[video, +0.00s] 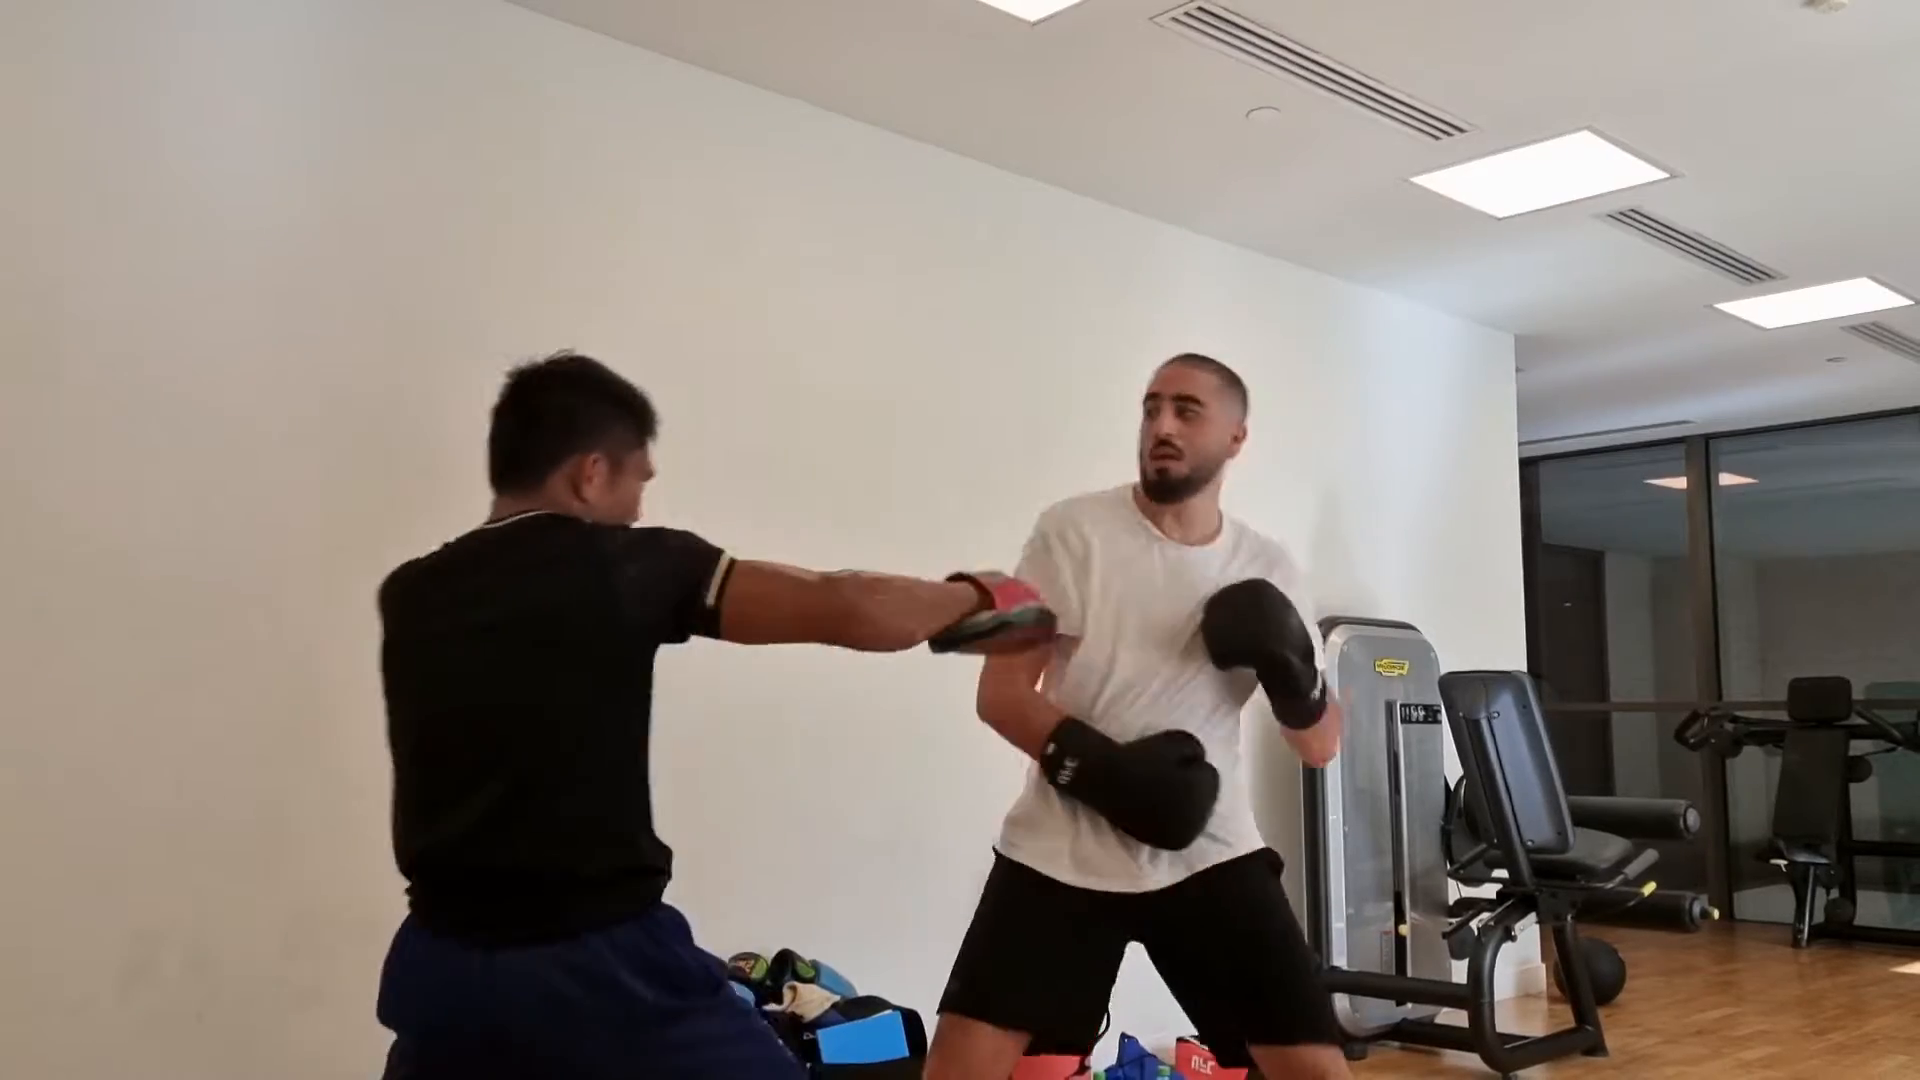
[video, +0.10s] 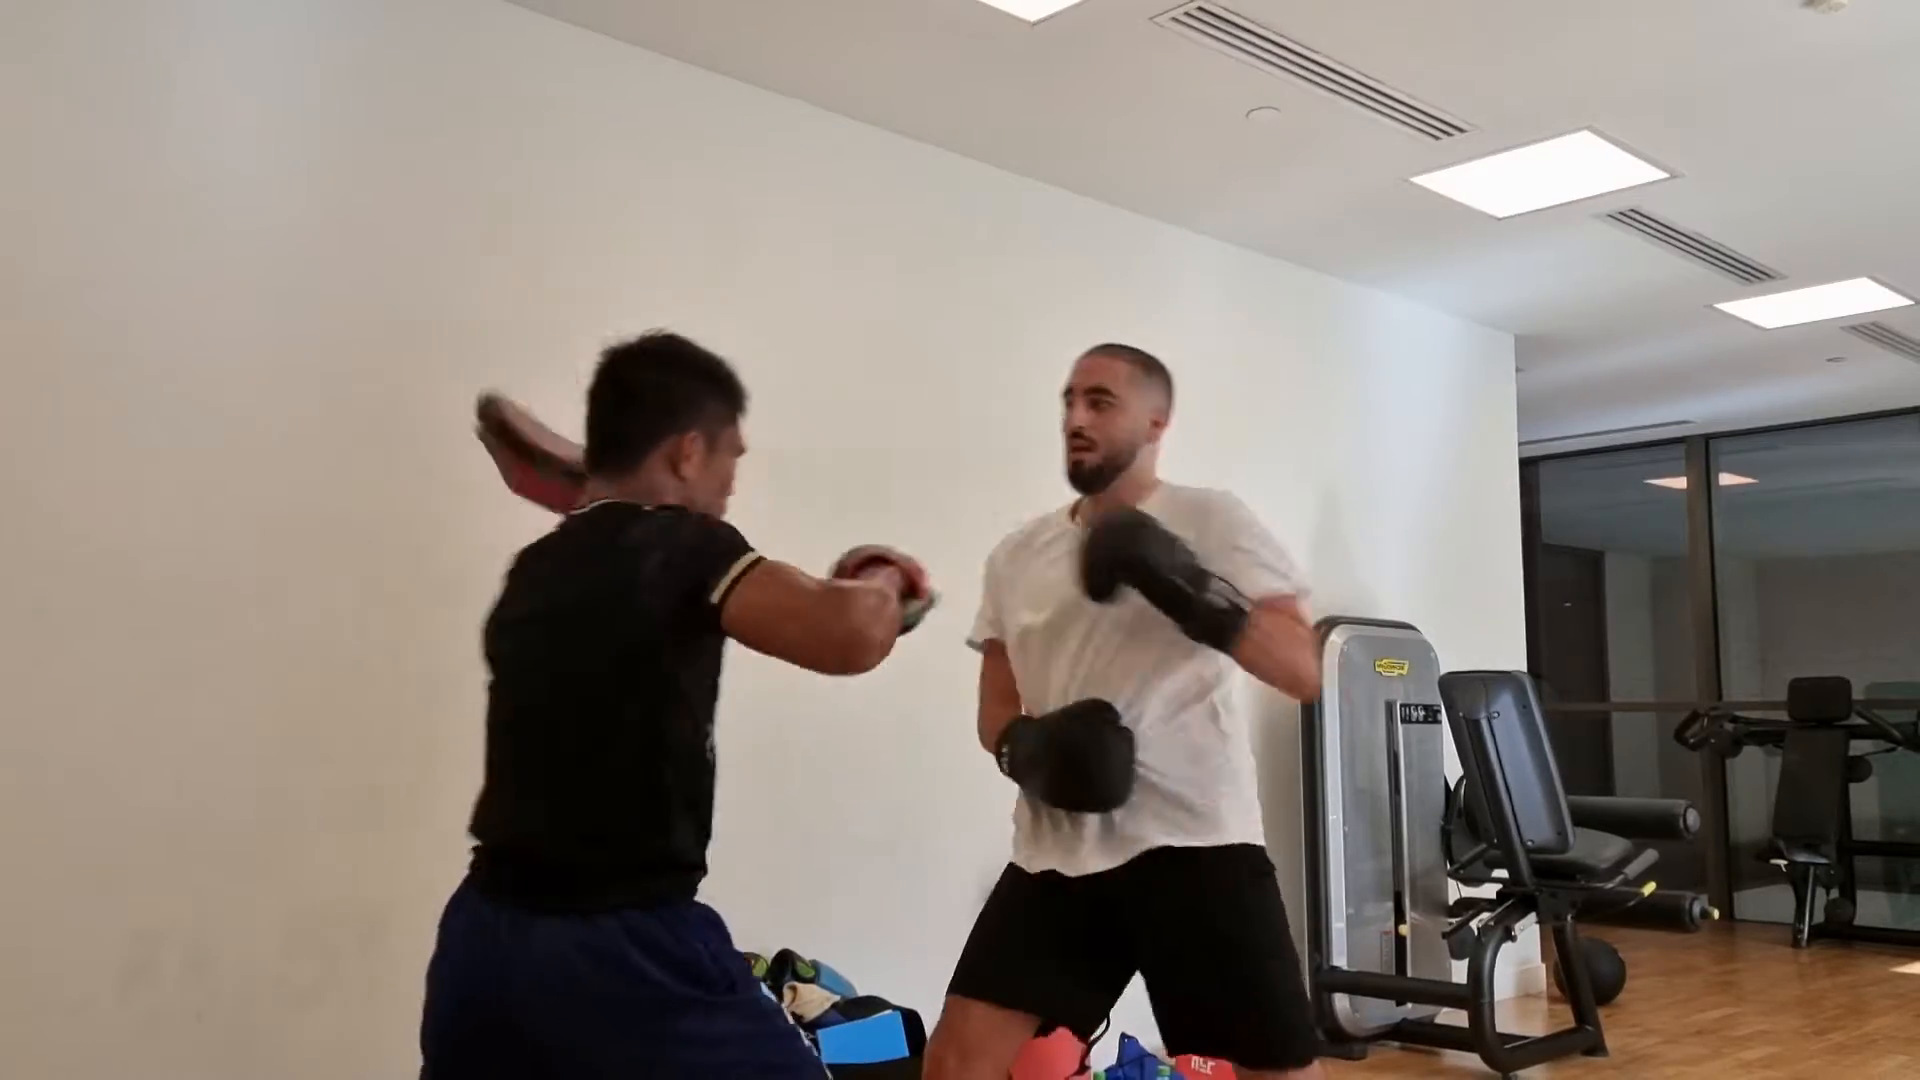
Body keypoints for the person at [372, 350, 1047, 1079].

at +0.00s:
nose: (643, 507)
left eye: (649, 486)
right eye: (642, 484)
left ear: (505, 477)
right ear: (588, 475)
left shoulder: (408, 593)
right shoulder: (626, 565)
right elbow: (841, 609)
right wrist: (972, 596)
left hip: (443, 984)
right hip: (616, 979)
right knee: (772, 1062)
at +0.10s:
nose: (733, 489)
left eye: (738, 463)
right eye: (733, 461)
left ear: (599, 455)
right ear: (686, 455)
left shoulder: (533, 567)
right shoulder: (681, 547)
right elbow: (853, 639)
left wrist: (836, 590)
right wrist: (881, 582)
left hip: (484, 944)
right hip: (637, 954)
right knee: (786, 1061)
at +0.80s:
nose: (857, 464)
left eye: (861, 443)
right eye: (858, 442)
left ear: (732, 436)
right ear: (821, 438)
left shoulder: (664, 562)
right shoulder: (791, 545)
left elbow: (788, 680)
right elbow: (915, 704)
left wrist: (871, 554)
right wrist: (1013, 646)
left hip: (626, 919)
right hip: (765, 931)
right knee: (920, 1065)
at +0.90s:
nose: (839, 464)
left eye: (838, 443)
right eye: (837, 443)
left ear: (712, 443)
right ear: (803, 442)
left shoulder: (619, 568)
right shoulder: (843, 527)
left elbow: (588, 747)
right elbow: (1031, 574)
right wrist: (1137, 557)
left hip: (606, 915)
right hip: (776, 924)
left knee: (528, 1068)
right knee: (898, 1066)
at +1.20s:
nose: (677, 520)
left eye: (682, 501)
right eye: (676, 499)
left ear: (546, 490)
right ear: (635, 490)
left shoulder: (446, 601)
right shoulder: (681, 571)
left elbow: (406, 704)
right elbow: (849, 596)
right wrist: (778, 622)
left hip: (482, 985)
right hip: (660, 975)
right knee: (778, 1057)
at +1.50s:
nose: (798, 503)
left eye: (801, 482)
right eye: (798, 481)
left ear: (672, 471)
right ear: (760, 479)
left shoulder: (607, 590)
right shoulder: (721, 581)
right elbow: (839, 742)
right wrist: (920, 677)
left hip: (545, 954)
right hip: (680, 966)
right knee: (847, 1064)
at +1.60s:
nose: (798, 493)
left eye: (800, 472)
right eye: (798, 470)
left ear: (671, 461)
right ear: (765, 461)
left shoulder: (583, 578)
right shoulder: (781, 544)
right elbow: (967, 627)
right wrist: (1055, 601)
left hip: (549, 939)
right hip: (713, 945)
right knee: (855, 1059)